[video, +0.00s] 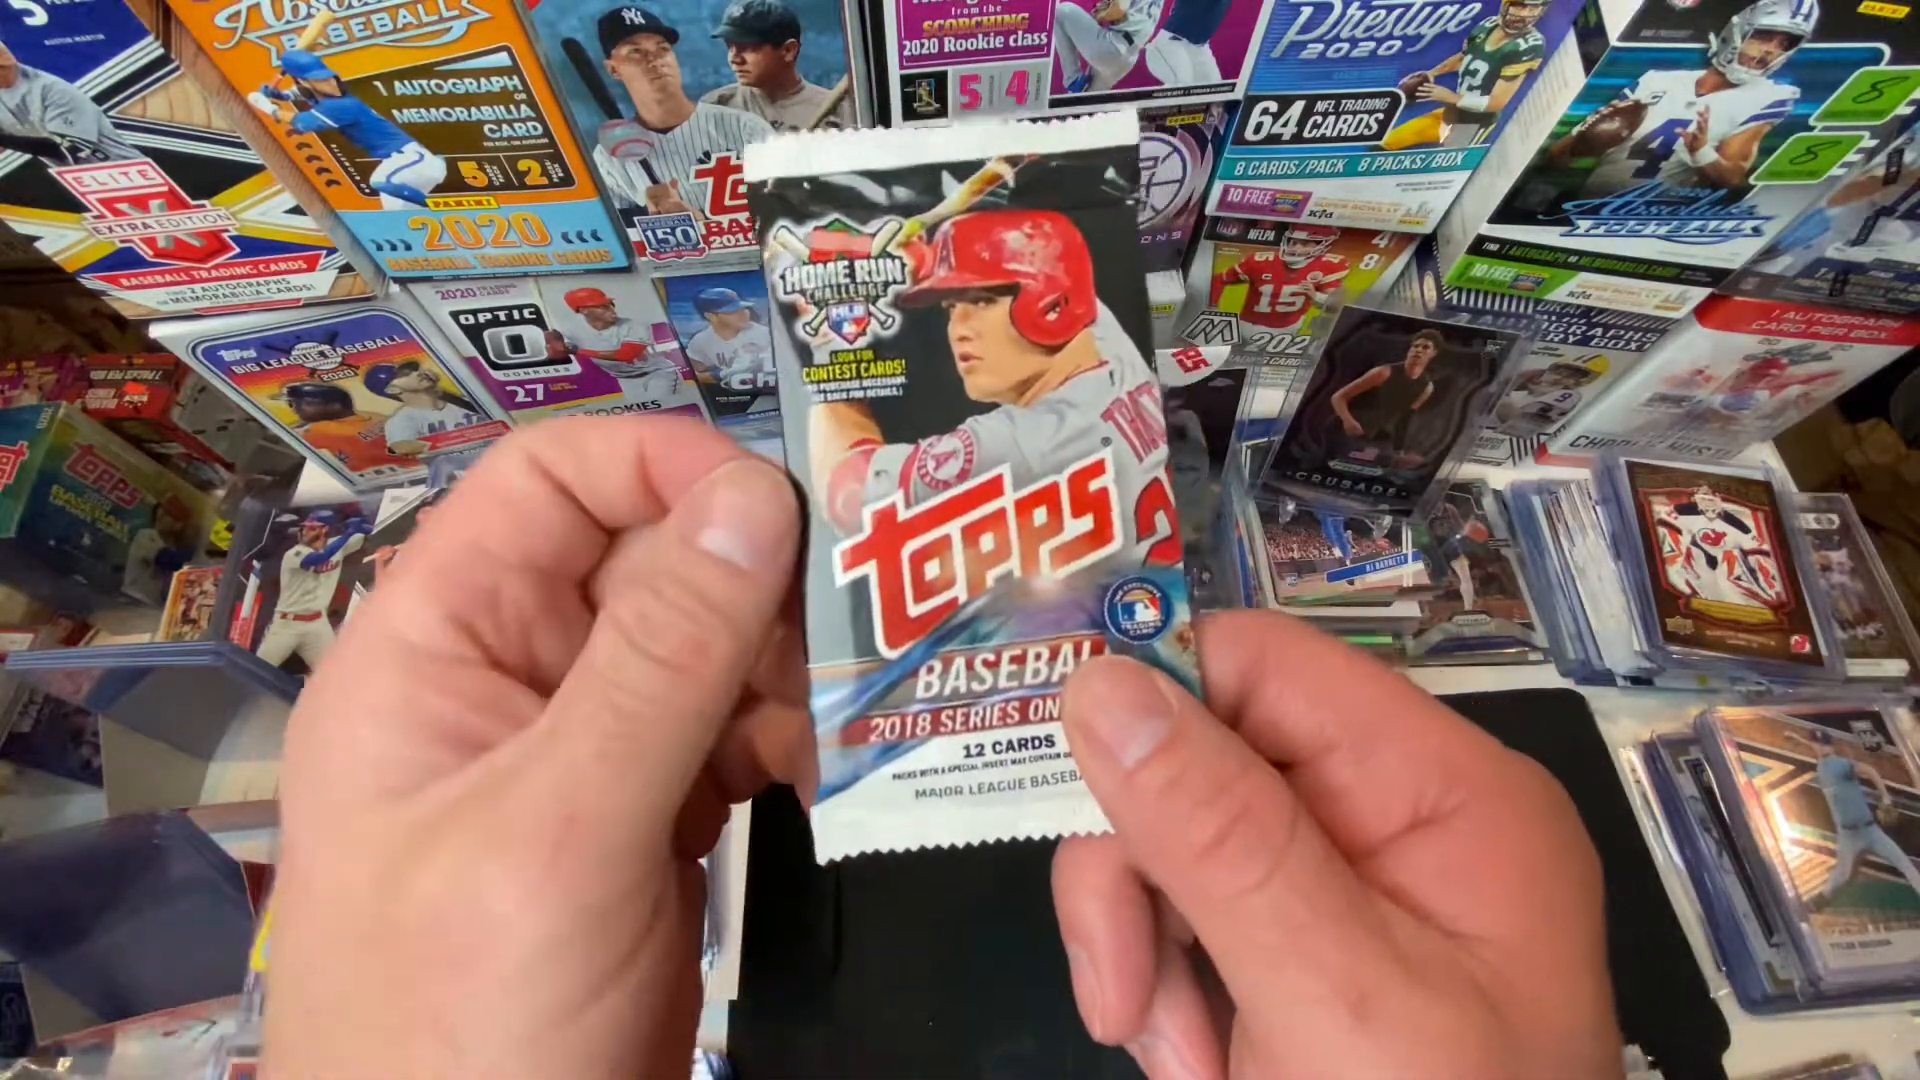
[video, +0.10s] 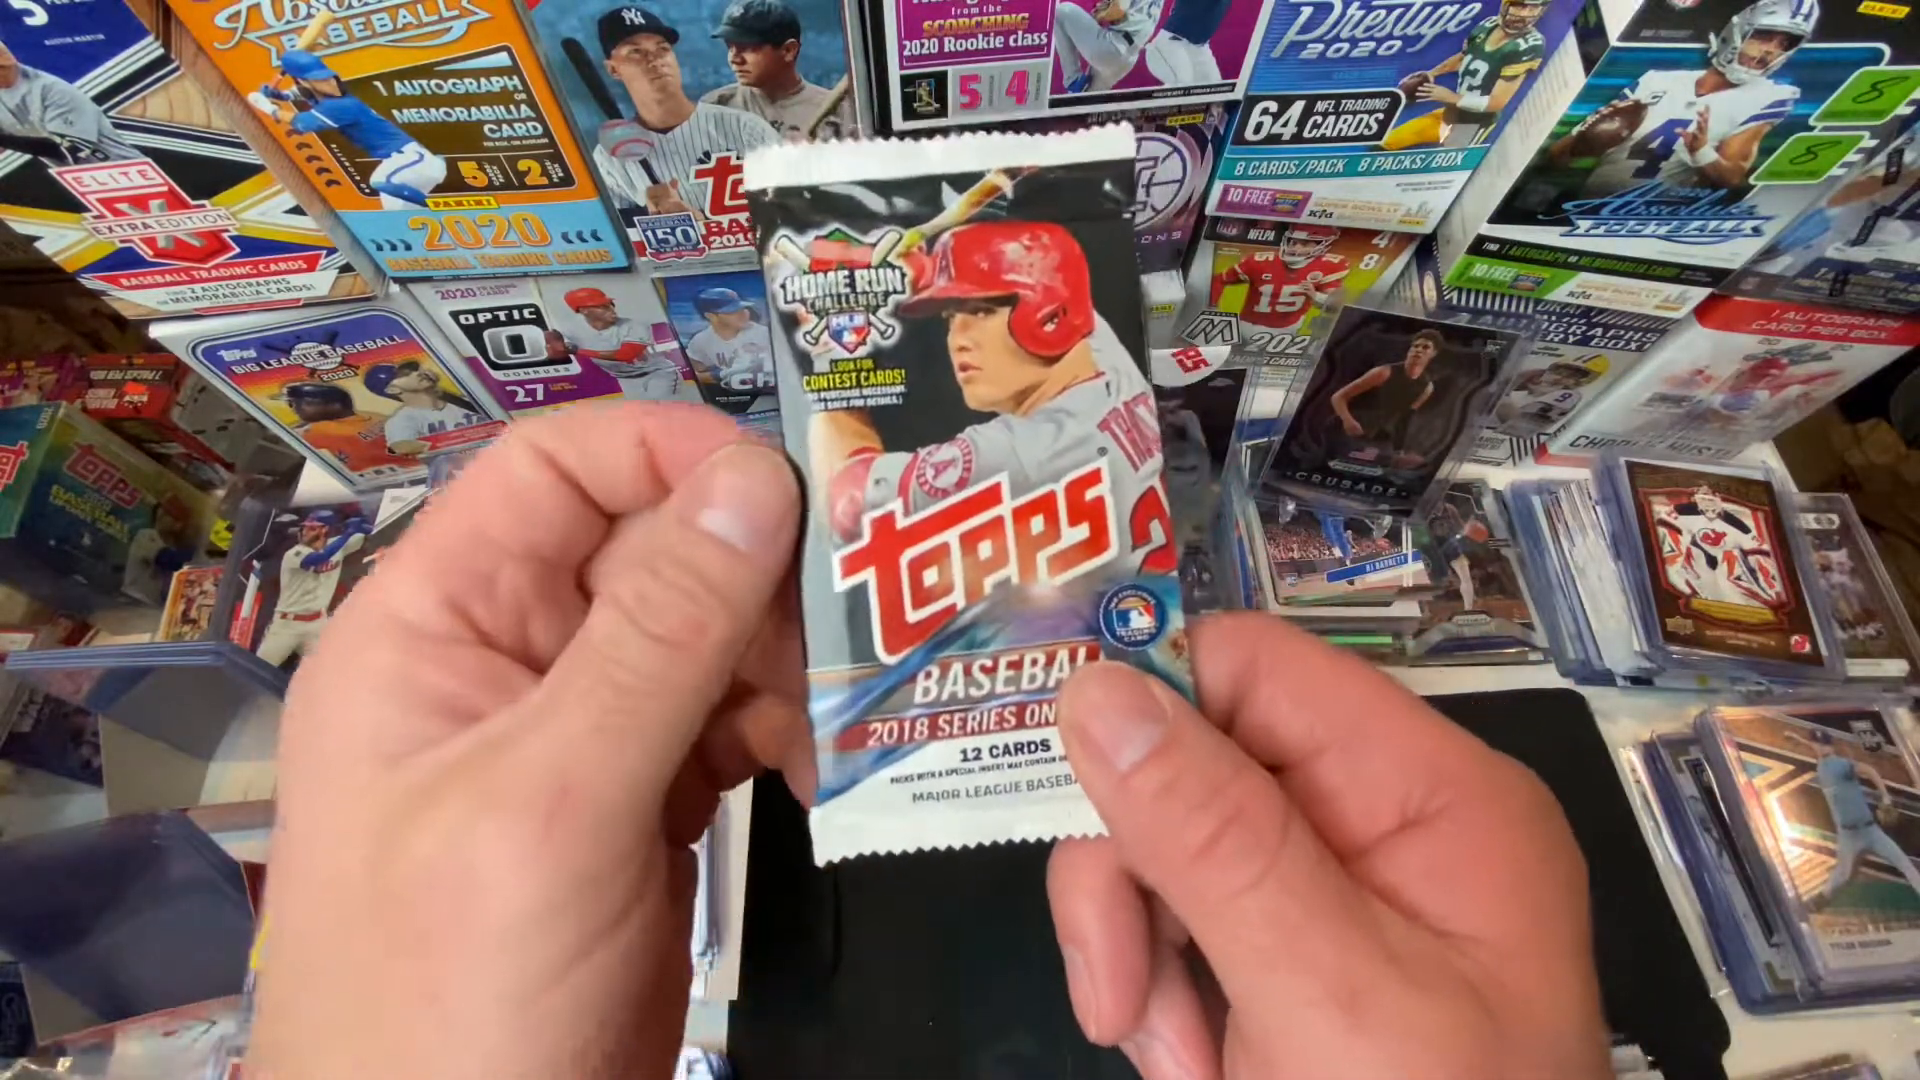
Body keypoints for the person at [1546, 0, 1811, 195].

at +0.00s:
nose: (1770, 52)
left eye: (1783, 45)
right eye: (1764, 37)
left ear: (1788, 56)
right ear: (1737, 32)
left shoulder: (1761, 101)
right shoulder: (1658, 82)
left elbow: (1736, 176)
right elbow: (1558, 155)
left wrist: (1702, 154)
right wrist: (1584, 137)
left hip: (1661, 223)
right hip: (1595, 205)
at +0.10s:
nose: (1770, 52)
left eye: (1783, 45)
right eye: (1764, 37)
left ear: (1788, 56)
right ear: (1737, 32)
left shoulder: (1761, 101)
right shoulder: (1658, 82)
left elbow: (1736, 176)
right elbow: (1558, 155)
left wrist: (1702, 154)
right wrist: (1584, 137)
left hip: (1662, 223)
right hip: (1595, 205)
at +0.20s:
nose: (1770, 52)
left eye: (1783, 45)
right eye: (1764, 37)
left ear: (1789, 56)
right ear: (1737, 33)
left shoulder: (1761, 101)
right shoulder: (1658, 82)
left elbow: (1735, 176)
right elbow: (1558, 155)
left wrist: (1702, 153)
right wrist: (1584, 137)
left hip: (1661, 224)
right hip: (1594, 205)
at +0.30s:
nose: (1770, 51)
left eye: (1783, 44)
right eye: (1764, 37)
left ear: (1789, 56)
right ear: (1737, 32)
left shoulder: (1763, 101)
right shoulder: (1658, 82)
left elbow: (1736, 178)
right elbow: (1556, 157)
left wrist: (1703, 154)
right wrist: (1583, 140)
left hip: (1662, 223)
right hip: (1594, 205)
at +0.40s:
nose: (1770, 51)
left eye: (1783, 44)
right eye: (1764, 37)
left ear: (1789, 56)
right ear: (1737, 32)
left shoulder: (1763, 101)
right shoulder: (1658, 82)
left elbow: (1736, 178)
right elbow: (1556, 157)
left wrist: (1703, 154)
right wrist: (1583, 140)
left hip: (1662, 223)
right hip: (1594, 205)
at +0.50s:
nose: (1769, 52)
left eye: (1782, 45)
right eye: (1764, 37)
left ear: (1788, 57)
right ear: (1737, 32)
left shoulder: (1762, 102)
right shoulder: (1659, 82)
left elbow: (1736, 177)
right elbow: (1555, 157)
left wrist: (1702, 154)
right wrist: (1584, 139)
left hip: (1659, 221)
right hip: (1592, 202)